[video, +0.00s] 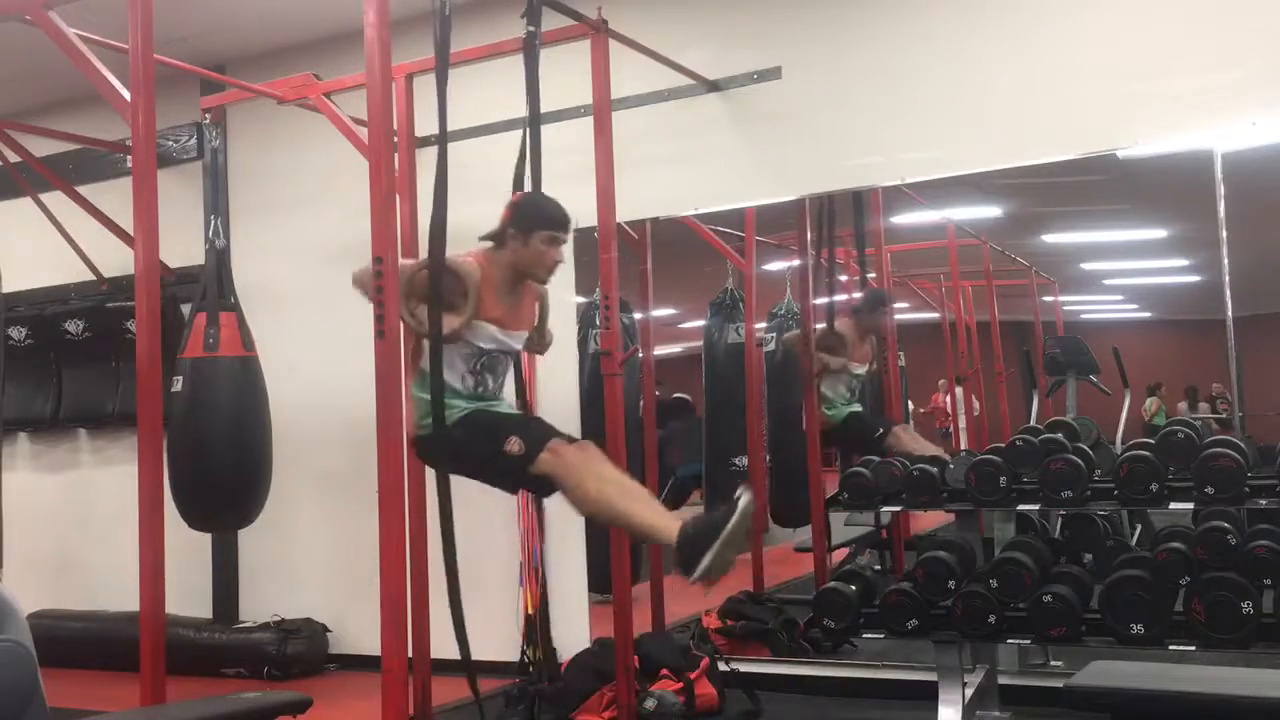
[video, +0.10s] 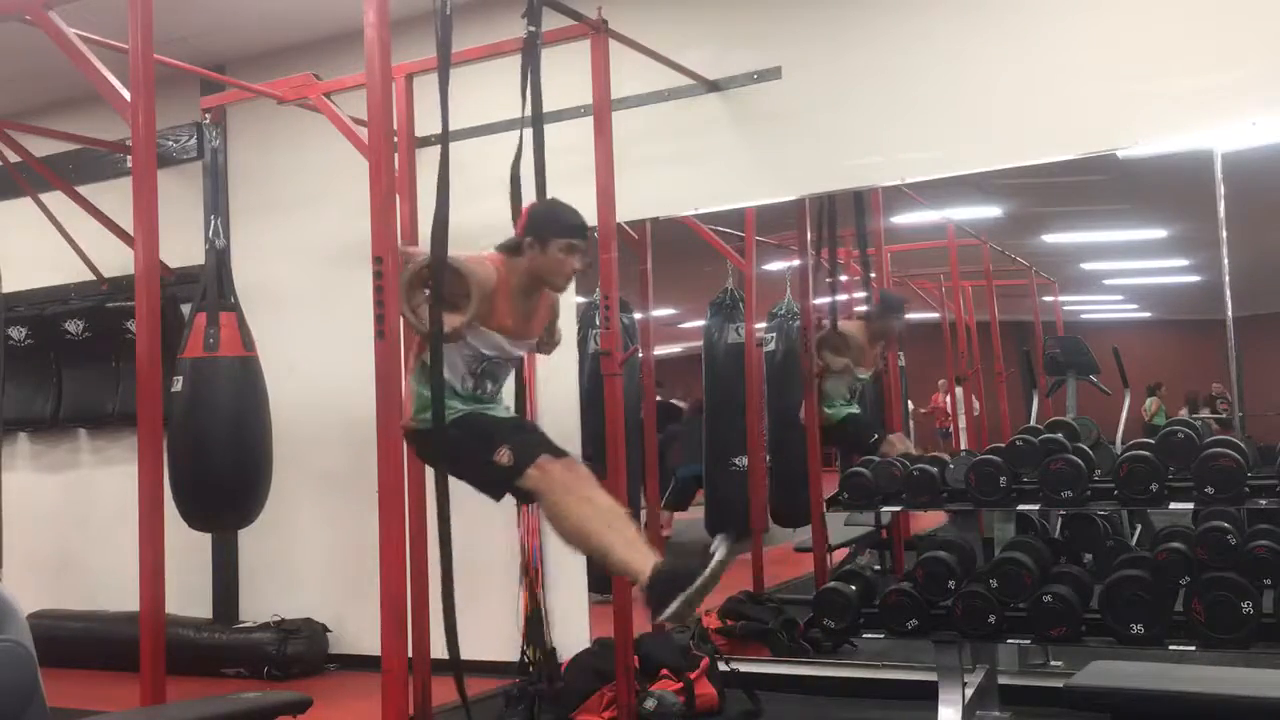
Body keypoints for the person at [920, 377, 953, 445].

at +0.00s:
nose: (943, 388)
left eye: (944, 386)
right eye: (941, 386)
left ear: (947, 386)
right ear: (939, 387)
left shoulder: (949, 396)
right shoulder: (935, 397)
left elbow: (952, 408)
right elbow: (932, 408)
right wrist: (924, 411)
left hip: (948, 422)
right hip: (939, 422)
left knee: (949, 438)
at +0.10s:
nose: (943, 388)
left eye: (944, 386)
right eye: (941, 386)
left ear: (947, 386)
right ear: (939, 387)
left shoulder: (949, 396)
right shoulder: (935, 396)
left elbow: (951, 407)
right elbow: (932, 408)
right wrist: (925, 411)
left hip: (948, 421)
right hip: (939, 421)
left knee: (948, 438)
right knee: (941, 439)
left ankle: (949, 452)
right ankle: (942, 452)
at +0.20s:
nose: (943, 388)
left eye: (944, 386)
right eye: (941, 386)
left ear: (947, 386)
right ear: (939, 387)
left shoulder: (949, 396)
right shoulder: (935, 397)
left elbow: (952, 407)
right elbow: (933, 408)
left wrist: (951, 416)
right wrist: (927, 411)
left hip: (948, 421)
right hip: (939, 422)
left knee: (949, 438)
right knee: (941, 439)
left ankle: (950, 452)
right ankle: (943, 453)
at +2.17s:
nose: (942, 388)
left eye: (944, 386)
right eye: (940, 386)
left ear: (946, 387)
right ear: (938, 387)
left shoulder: (949, 396)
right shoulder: (935, 397)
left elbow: (953, 408)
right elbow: (932, 408)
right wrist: (924, 413)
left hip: (949, 421)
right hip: (940, 421)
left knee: (951, 437)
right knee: (941, 439)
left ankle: (954, 451)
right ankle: (943, 452)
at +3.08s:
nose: (942, 388)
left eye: (943, 386)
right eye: (940, 386)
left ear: (946, 386)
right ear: (937, 387)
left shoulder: (949, 396)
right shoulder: (934, 397)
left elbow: (952, 409)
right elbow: (932, 411)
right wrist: (926, 418)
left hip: (949, 423)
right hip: (939, 423)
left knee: (952, 439)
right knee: (941, 440)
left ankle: (954, 452)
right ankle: (944, 454)